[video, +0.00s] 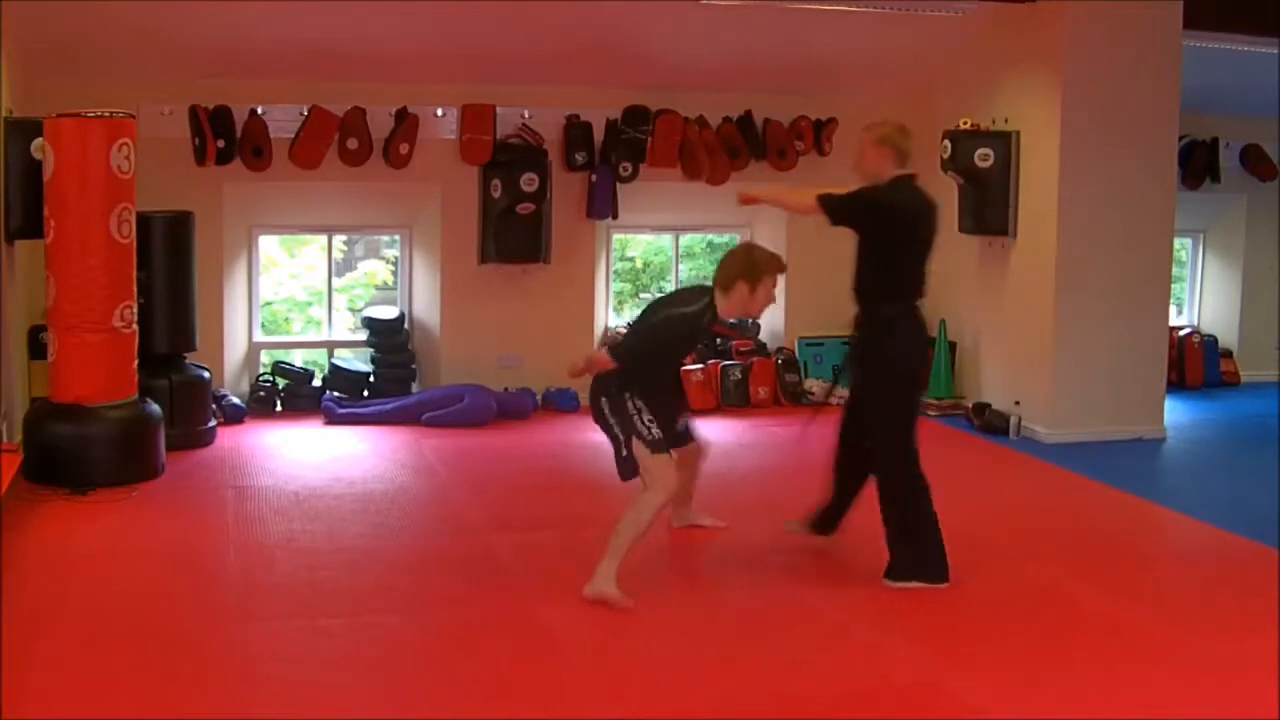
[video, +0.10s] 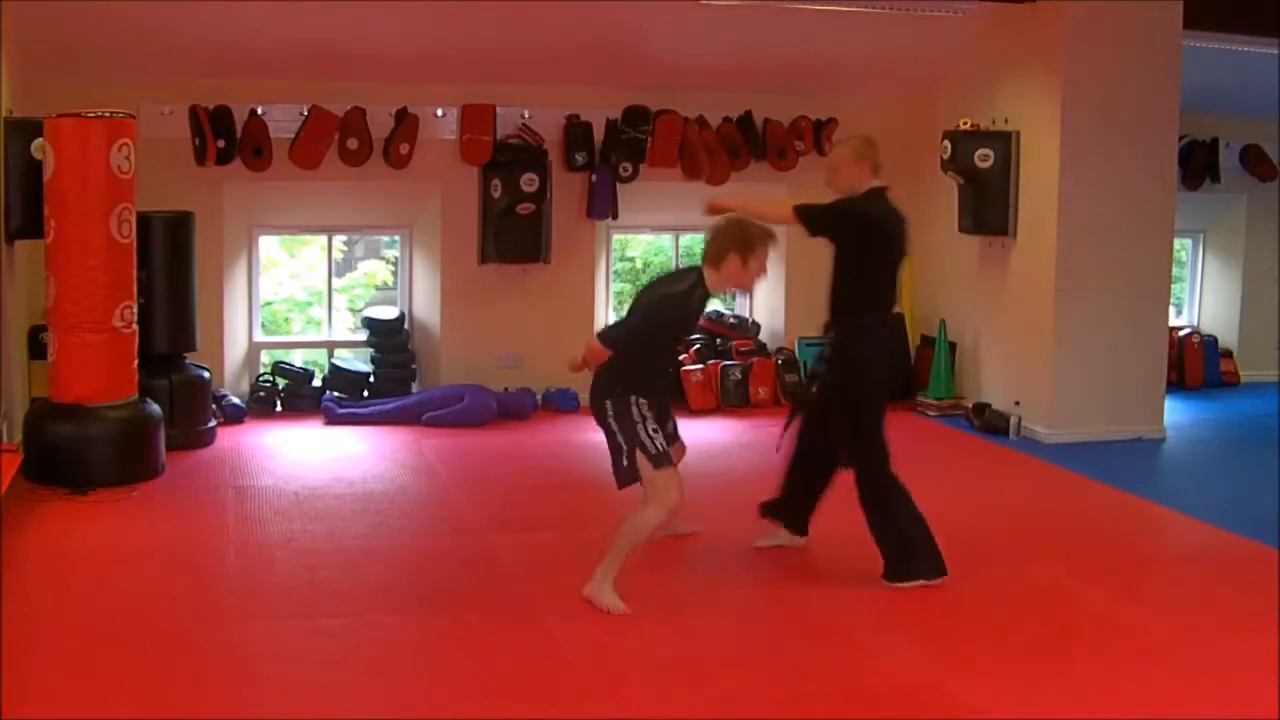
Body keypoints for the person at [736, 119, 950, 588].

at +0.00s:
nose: (859, 159)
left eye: (864, 151)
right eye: (860, 151)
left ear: (883, 153)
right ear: (898, 155)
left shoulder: (886, 199)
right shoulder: (916, 200)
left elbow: (818, 206)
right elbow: (836, 205)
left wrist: (763, 195)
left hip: (888, 337)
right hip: (898, 333)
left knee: (892, 448)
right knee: (859, 433)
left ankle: (922, 563)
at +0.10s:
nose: (830, 174)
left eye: (836, 165)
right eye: (830, 166)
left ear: (863, 167)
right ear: (866, 168)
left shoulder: (862, 213)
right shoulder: (881, 212)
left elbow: (790, 215)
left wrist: (731, 207)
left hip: (860, 349)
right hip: (865, 344)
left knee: (867, 457)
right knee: (821, 431)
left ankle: (918, 562)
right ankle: (791, 518)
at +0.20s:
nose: (808, 182)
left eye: (816, 174)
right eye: (808, 174)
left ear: (843, 175)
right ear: (831, 177)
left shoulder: (843, 220)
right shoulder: (844, 218)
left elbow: (769, 220)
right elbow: (771, 220)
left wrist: (705, 215)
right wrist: (710, 213)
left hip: (838, 353)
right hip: (819, 350)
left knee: (842, 460)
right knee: (778, 431)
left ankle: (909, 548)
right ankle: (779, 522)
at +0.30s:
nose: (793, 176)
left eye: (800, 167)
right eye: (791, 168)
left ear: (825, 166)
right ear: (802, 168)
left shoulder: (831, 210)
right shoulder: (819, 208)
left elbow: (760, 217)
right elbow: (761, 216)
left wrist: (705, 209)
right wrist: (708, 206)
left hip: (825, 339)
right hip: (805, 336)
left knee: (826, 449)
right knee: (770, 425)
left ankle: (890, 542)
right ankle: (779, 523)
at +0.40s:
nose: (787, 162)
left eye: (797, 153)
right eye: (783, 155)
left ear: (822, 156)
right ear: (779, 158)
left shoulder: (835, 200)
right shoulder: (787, 198)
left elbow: (755, 207)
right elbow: (737, 204)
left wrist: (703, 200)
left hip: (827, 325)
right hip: (790, 324)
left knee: (824, 436)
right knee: (774, 428)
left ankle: (865, 539)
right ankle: (781, 524)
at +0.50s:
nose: (785, 157)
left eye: (793, 148)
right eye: (777, 150)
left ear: (815, 149)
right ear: (771, 154)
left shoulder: (835, 190)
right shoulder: (767, 192)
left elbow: (787, 201)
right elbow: (728, 203)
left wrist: (733, 194)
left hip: (824, 321)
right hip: (780, 320)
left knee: (825, 429)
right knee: (776, 424)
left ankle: (838, 542)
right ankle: (782, 526)